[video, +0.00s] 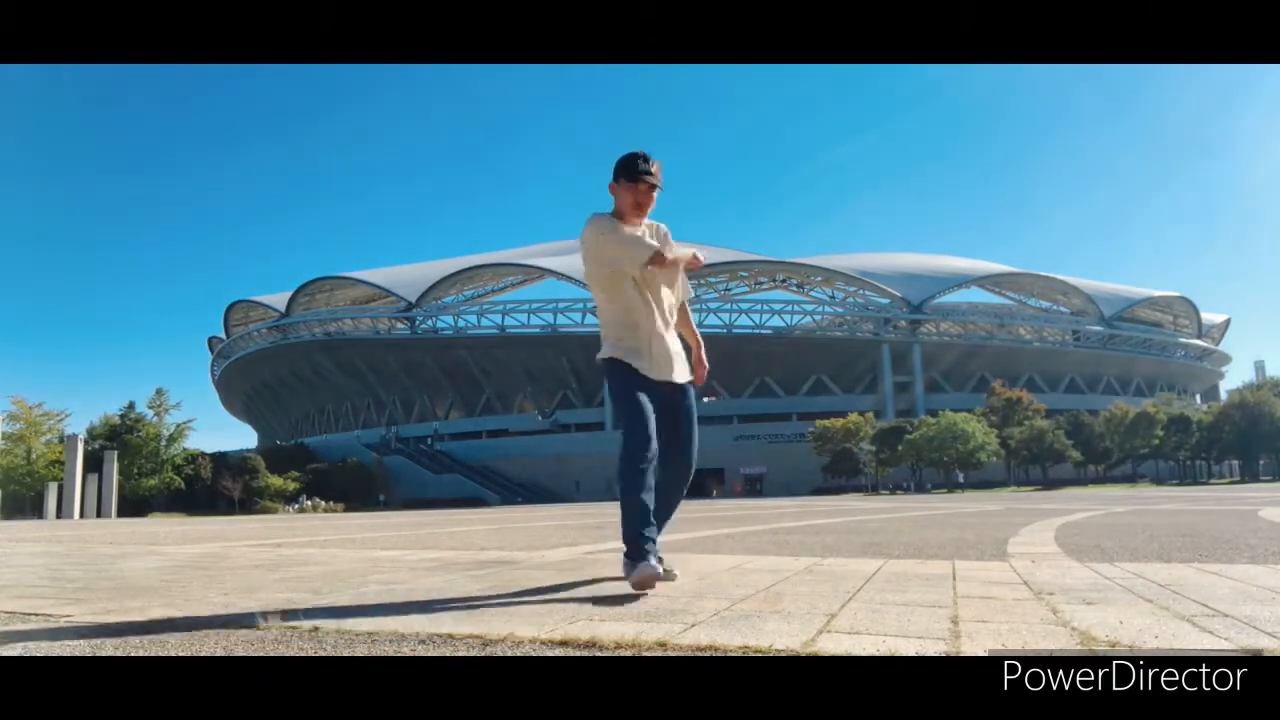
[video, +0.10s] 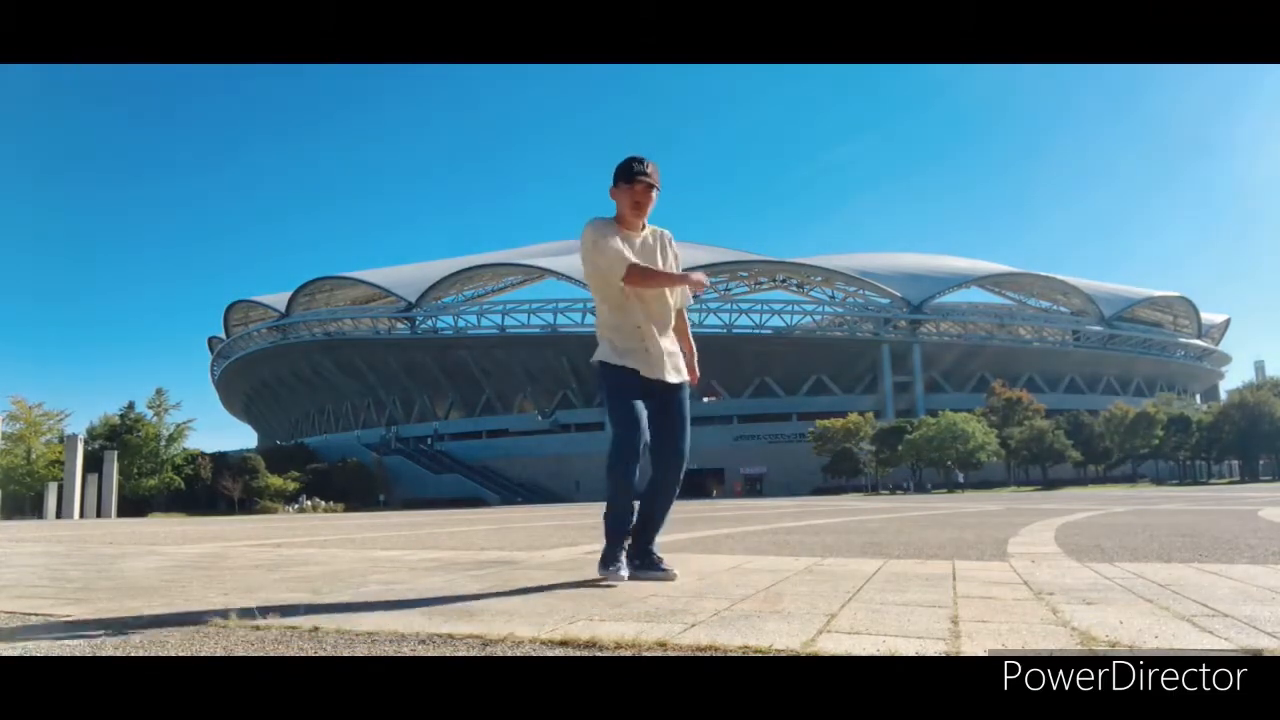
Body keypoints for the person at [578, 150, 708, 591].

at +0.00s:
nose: (647, 197)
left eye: (653, 190)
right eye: (639, 187)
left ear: (657, 193)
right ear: (615, 186)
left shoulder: (661, 236)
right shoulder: (598, 228)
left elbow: (676, 302)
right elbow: (652, 255)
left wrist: (697, 345)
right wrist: (691, 257)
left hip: (672, 360)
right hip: (627, 358)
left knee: (682, 462)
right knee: (641, 445)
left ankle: (645, 544)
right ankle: (640, 557)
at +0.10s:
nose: (642, 194)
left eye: (649, 188)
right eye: (634, 185)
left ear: (656, 195)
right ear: (615, 190)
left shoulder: (665, 243)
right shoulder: (599, 233)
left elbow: (676, 310)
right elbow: (629, 274)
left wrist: (690, 354)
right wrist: (682, 279)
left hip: (669, 363)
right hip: (622, 360)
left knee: (674, 459)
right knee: (632, 439)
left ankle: (642, 550)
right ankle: (615, 549)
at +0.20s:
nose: (644, 195)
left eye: (649, 189)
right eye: (635, 188)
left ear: (655, 199)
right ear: (616, 197)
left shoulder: (667, 250)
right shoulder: (598, 237)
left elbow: (676, 320)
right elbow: (608, 294)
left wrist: (686, 371)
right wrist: (659, 316)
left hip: (666, 371)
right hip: (617, 368)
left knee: (667, 465)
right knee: (614, 457)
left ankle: (641, 551)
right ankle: (604, 517)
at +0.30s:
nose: (636, 202)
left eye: (643, 196)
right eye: (627, 196)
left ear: (654, 204)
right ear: (615, 205)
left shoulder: (669, 259)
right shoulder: (599, 243)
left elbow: (674, 326)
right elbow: (590, 297)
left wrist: (680, 376)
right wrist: (612, 341)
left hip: (663, 378)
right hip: (615, 375)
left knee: (666, 465)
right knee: (602, 464)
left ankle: (642, 550)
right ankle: (611, 514)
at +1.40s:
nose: (675, 227)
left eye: (680, 221)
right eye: (667, 221)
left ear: (691, 226)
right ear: (654, 228)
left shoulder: (712, 268)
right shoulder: (637, 267)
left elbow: (715, 322)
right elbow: (606, 307)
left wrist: (710, 376)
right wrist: (608, 357)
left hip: (698, 377)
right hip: (654, 364)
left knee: (699, 467)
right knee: (622, 419)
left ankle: (693, 549)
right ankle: (616, 458)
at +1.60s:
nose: (684, 223)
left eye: (689, 217)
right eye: (676, 217)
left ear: (698, 223)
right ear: (662, 224)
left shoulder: (715, 269)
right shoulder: (644, 267)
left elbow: (719, 322)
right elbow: (616, 315)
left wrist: (710, 365)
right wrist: (618, 363)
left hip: (710, 381)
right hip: (665, 371)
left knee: (709, 466)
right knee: (639, 439)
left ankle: (692, 549)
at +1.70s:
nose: (684, 233)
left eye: (690, 227)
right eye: (677, 227)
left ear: (699, 233)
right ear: (664, 232)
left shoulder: (713, 275)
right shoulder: (640, 273)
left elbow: (731, 323)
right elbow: (631, 319)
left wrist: (707, 351)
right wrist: (649, 352)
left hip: (701, 363)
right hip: (655, 364)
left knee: (704, 451)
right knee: (664, 442)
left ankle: (695, 544)